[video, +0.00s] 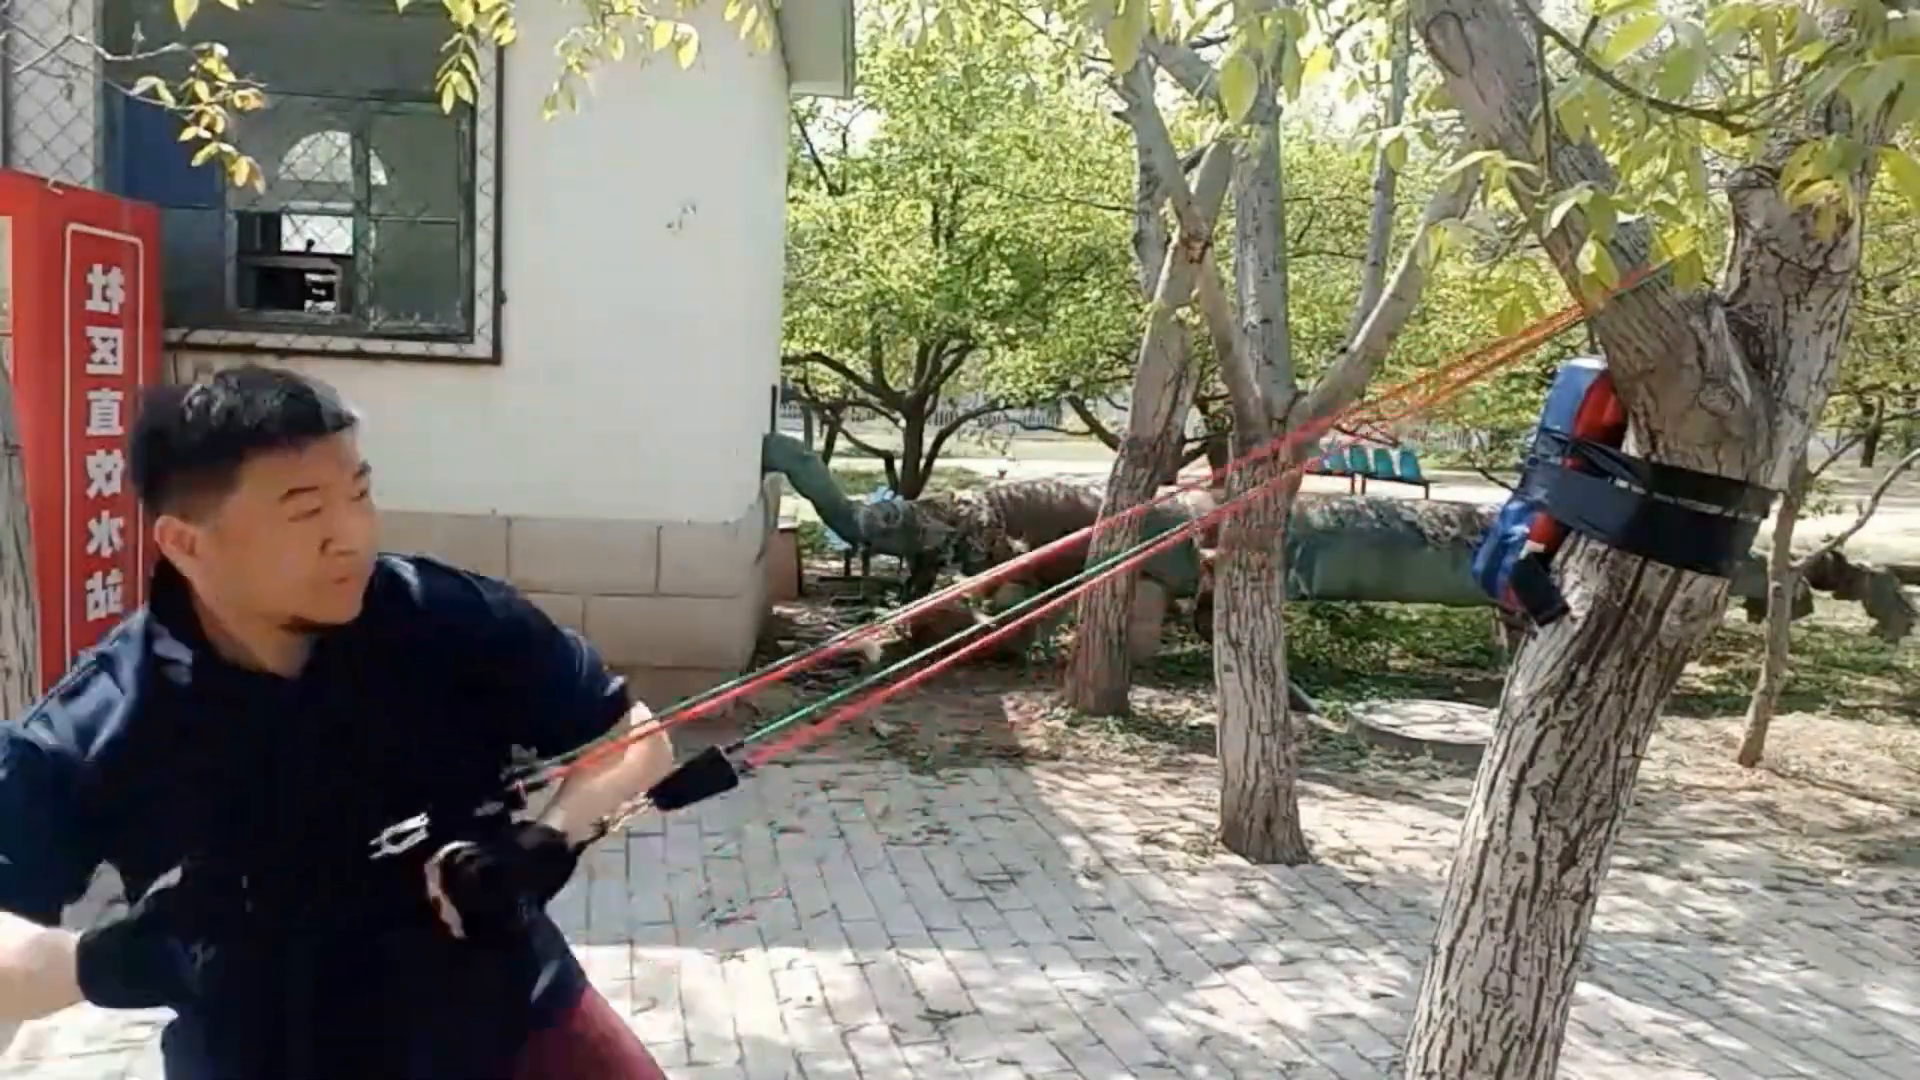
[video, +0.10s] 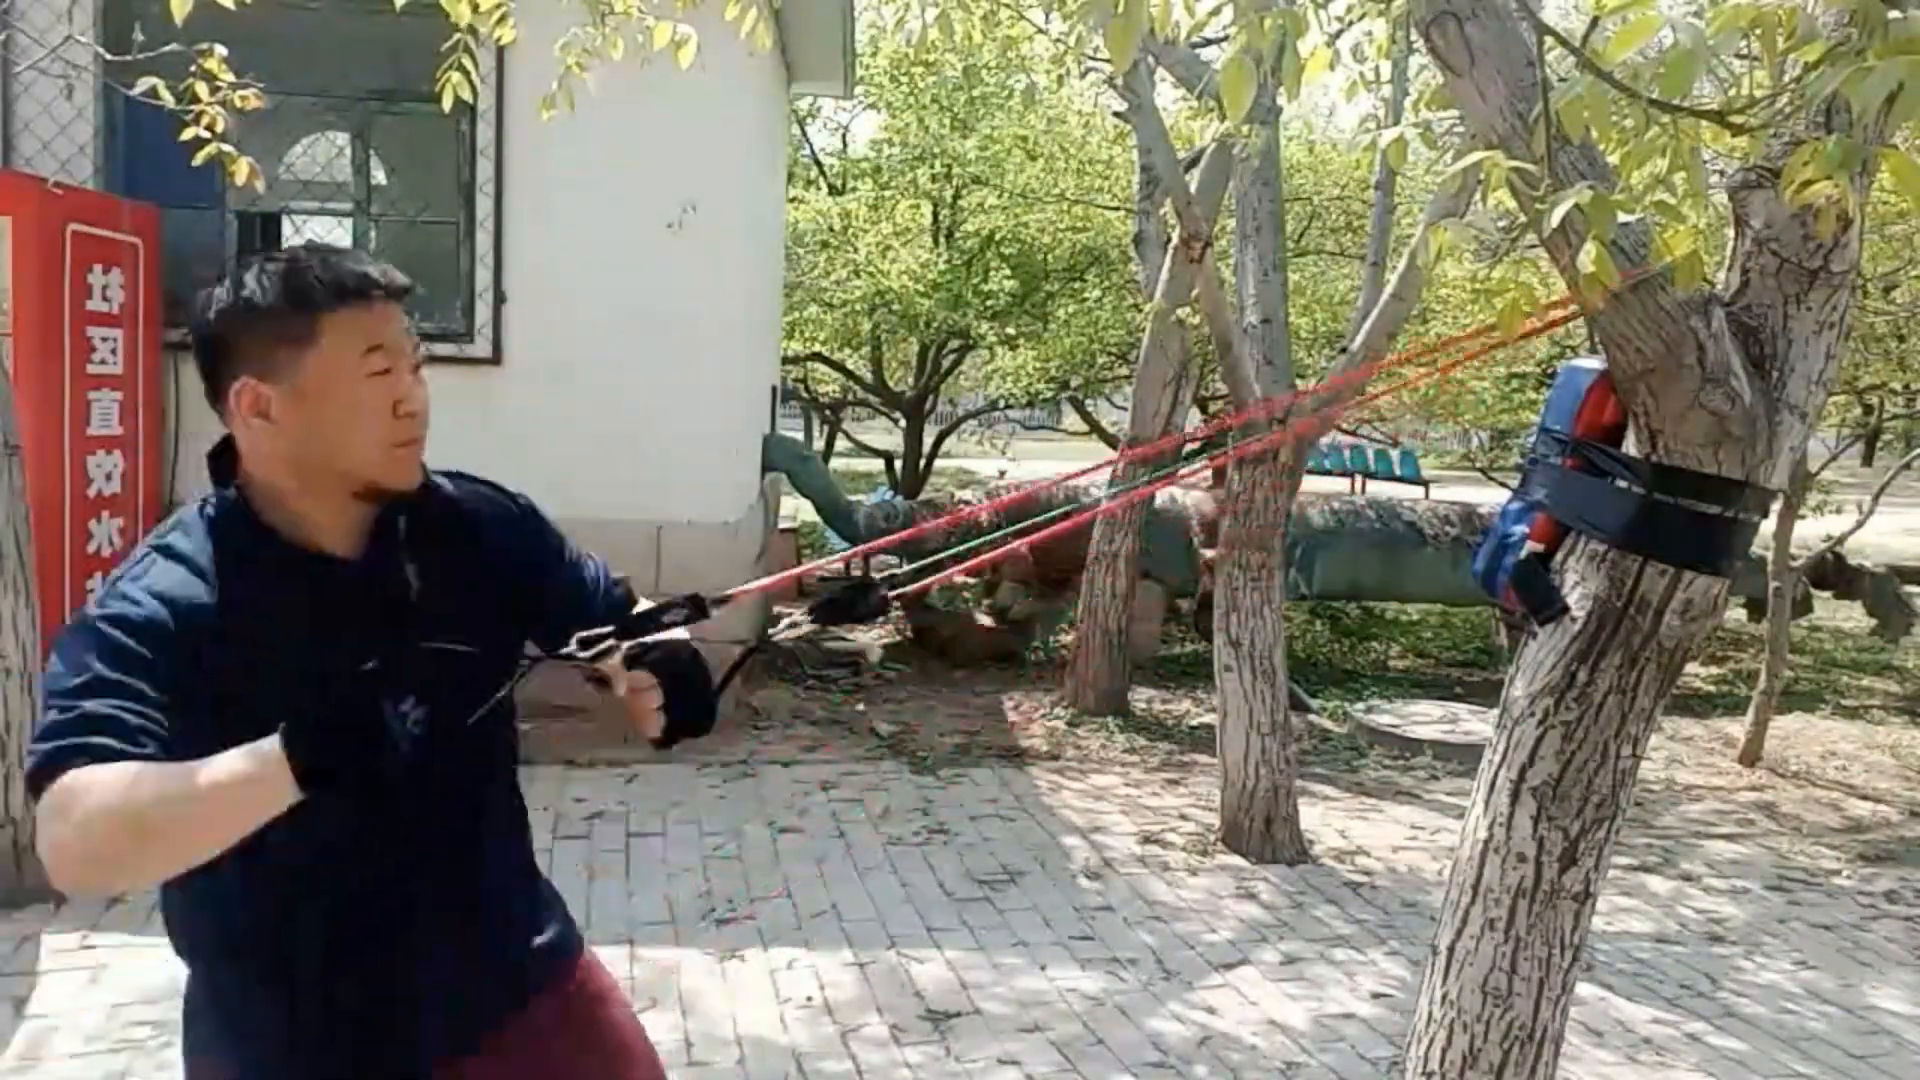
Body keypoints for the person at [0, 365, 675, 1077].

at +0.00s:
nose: (351, 533)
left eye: (359, 492)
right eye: (302, 509)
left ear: (373, 483)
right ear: (186, 543)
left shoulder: (450, 622)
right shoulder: (91, 737)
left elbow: (635, 738)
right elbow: (8, 956)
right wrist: (102, 963)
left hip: (515, 1029)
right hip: (271, 1060)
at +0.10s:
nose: (415, 393)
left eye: (412, 362)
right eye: (377, 368)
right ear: (259, 409)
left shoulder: (479, 534)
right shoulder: (162, 604)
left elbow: (630, 632)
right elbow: (77, 845)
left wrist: (674, 686)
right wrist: (301, 755)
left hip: (524, 1006)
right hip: (295, 1051)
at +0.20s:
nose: (462, 363)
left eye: (452, 334)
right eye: (427, 336)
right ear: (309, 375)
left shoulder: (500, 508)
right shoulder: (215, 566)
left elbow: (634, 616)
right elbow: (228, 787)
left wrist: (723, 619)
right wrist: (474, 670)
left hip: (527, 1005)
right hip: (312, 1043)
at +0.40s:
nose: (583, 350)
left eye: (573, 325)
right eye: (555, 328)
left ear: (465, 358)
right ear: (457, 356)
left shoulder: (537, 501)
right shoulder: (392, 537)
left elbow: (699, 601)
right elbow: (648, 661)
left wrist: (877, 654)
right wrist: (873, 687)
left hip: (533, 969)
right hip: (398, 1012)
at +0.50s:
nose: (638, 365)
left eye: (625, 335)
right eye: (613, 336)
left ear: (524, 370)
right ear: (526, 366)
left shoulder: (499, 493)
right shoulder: (492, 528)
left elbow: (687, 618)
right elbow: (697, 708)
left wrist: (866, 655)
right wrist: (886, 661)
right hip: (478, 1014)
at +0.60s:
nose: (658, 380)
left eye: (647, 353)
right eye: (635, 355)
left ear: (550, 382)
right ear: (555, 380)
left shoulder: (489, 498)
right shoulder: (528, 540)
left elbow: (680, 620)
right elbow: (717, 733)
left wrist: (870, 648)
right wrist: (904, 679)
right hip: (506, 1022)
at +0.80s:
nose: (696, 453)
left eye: (690, 425)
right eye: (691, 424)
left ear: (547, 431)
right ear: (662, 423)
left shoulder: (459, 535)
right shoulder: (626, 577)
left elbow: (686, 616)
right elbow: (772, 750)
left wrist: (854, 614)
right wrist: (914, 623)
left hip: (361, 1002)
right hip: (538, 1023)